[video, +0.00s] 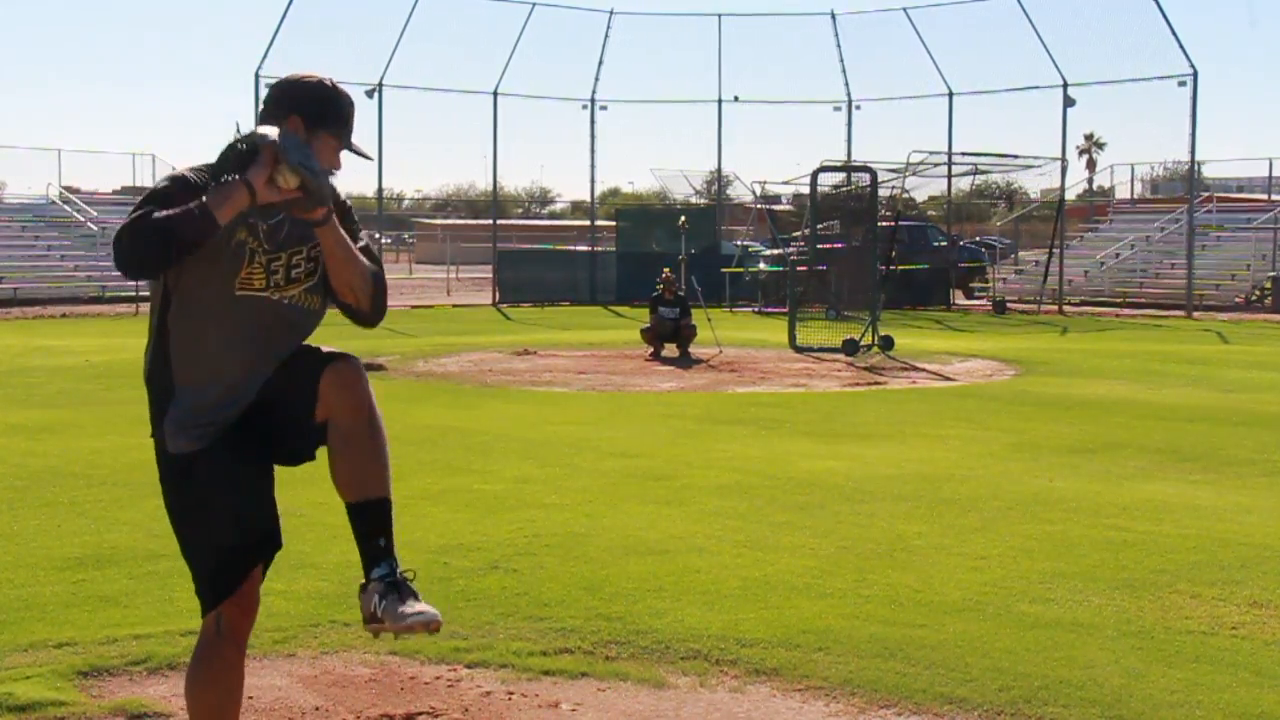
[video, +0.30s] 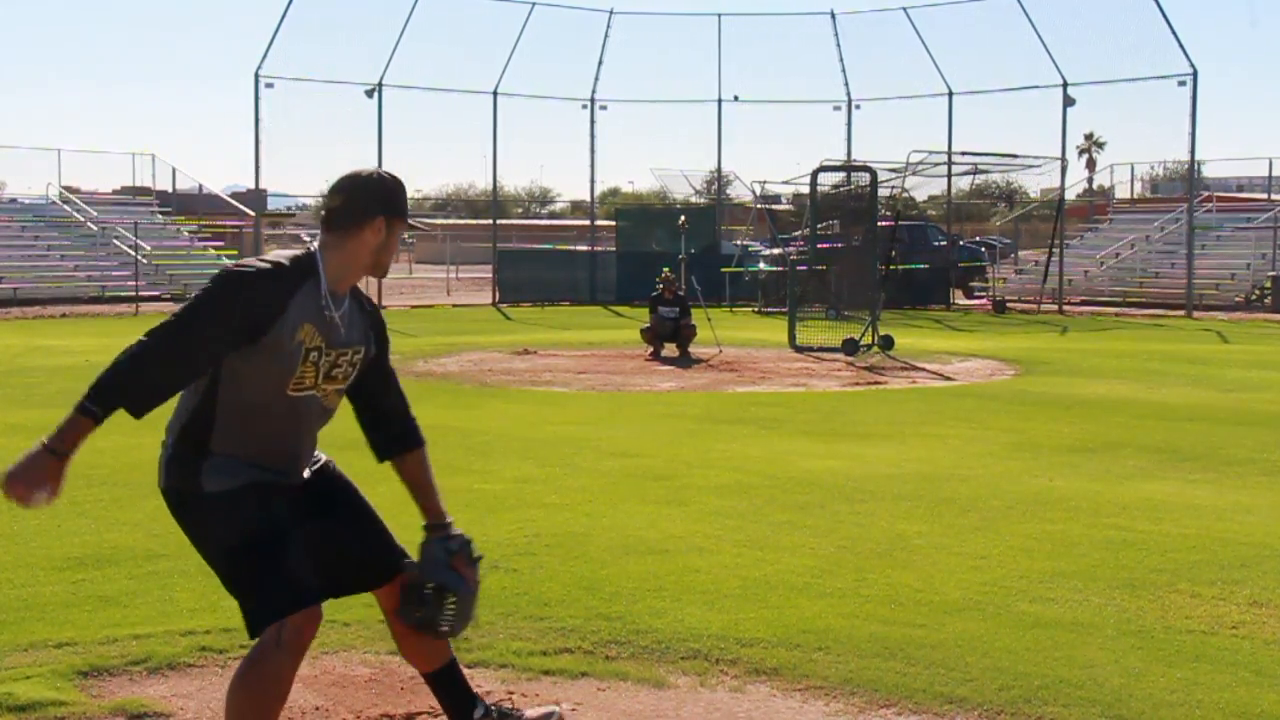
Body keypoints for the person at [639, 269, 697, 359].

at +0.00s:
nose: (669, 286)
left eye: (672, 283)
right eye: (666, 284)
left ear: (675, 285)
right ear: (662, 285)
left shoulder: (682, 299)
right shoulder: (655, 299)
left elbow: (687, 319)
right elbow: (653, 318)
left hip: (677, 328)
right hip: (661, 328)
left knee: (691, 329)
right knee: (645, 332)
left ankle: (683, 349)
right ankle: (657, 347)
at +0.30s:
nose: (669, 286)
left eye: (671, 283)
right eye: (666, 284)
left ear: (675, 285)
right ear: (662, 285)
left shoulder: (681, 299)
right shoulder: (655, 298)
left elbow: (686, 319)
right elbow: (653, 318)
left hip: (677, 327)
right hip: (661, 327)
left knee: (691, 329)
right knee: (645, 331)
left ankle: (683, 349)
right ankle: (656, 348)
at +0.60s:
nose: (668, 286)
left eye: (671, 283)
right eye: (665, 283)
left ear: (675, 285)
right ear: (661, 285)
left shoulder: (681, 299)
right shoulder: (654, 298)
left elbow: (686, 319)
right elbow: (652, 318)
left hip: (677, 328)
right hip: (660, 328)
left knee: (690, 329)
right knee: (645, 331)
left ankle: (683, 349)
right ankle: (656, 348)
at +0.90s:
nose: (667, 287)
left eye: (670, 283)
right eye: (664, 283)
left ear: (674, 285)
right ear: (660, 285)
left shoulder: (681, 299)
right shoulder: (654, 298)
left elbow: (686, 318)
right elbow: (651, 317)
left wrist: (675, 321)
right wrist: (656, 321)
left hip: (676, 326)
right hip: (660, 326)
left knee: (690, 329)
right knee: (645, 331)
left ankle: (683, 349)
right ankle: (657, 347)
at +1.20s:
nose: (667, 288)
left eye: (670, 285)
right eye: (665, 285)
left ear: (674, 286)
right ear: (660, 285)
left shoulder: (679, 298)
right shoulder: (655, 299)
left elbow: (689, 307)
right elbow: (650, 317)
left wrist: (687, 307)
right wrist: (654, 321)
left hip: (675, 327)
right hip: (660, 326)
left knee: (688, 329)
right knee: (646, 331)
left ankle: (683, 349)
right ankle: (656, 347)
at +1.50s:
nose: (667, 289)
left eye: (669, 286)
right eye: (664, 286)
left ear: (674, 286)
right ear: (659, 286)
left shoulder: (678, 297)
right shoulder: (654, 298)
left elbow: (687, 303)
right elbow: (648, 319)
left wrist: (680, 306)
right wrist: (654, 321)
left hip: (675, 328)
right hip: (660, 328)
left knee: (687, 329)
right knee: (645, 330)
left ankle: (683, 350)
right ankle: (656, 347)